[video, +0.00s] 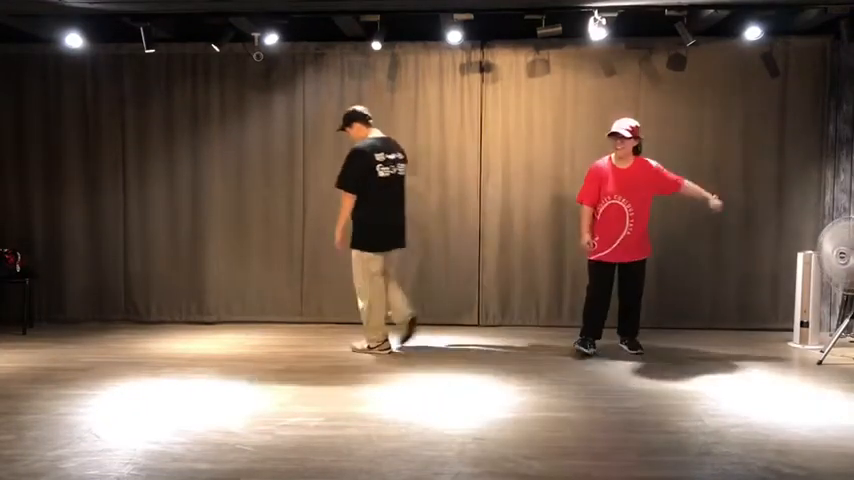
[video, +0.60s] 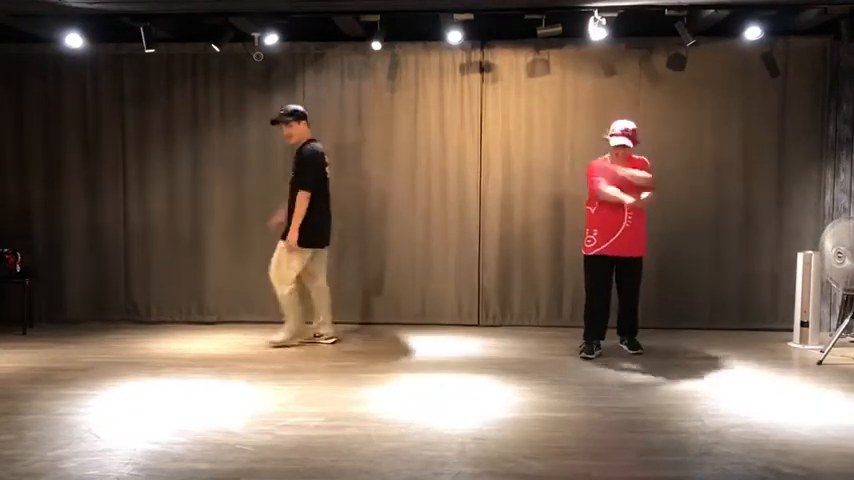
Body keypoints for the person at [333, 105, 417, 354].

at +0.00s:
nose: (349, 136)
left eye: (349, 131)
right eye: (348, 131)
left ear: (356, 126)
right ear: (369, 123)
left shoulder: (360, 152)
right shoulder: (395, 147)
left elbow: (349, 196)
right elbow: (394, 190)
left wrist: (340, 228)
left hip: (367, 229)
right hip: (393, 226)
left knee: (368, 285)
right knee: (385, 276)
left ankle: (377, 339)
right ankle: (405, 316)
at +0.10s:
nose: (339, 135)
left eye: (339, 130)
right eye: (337, 130)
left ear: (347, 125)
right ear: (357, 123)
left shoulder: (350, 151)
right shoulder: (385, 150)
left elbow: (335, 191)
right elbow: (388, 192)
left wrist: (321, 220)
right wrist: (390, 222)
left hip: (356, 230)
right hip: (378, 227)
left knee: (360, 287)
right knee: (369, 283)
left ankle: (375, 339)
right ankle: (377, 337)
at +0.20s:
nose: (328, 136)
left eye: (328, 131)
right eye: (327, 132)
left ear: (336, 127)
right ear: (346, 125)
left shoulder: (339, 153)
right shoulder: (372, 152)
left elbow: (324, 192)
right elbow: (380, 192)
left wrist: (308, 213)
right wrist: (386, 222)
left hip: (346, 232)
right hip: (367, 229)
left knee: (357, 284)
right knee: (345, 280)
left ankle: (375, 337)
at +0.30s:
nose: (316, 139)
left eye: (316, 134)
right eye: (314, 135)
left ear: (326, 129)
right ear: (334, 128)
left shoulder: (329, 155)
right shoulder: (359, 155)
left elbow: (313, 195)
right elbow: (367, 196)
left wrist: (296, 216)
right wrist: (374, 225)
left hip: (336, 234)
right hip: (355, 231)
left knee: (344, 286)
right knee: (333, 281)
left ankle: (374, 336)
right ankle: (323, 328)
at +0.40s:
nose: (304, 138)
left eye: (304, 132)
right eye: (302, 134)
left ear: (315, 127)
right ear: (322, 127)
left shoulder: (321, 153)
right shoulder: (343, 152)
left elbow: (309, 193)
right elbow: (341, 194)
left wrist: (291, 221)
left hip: (323, 233)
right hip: (343, 231)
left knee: (318, 282)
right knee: (331, 283)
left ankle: (363, 324)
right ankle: (323, 329)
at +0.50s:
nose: (294, 134)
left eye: (296, 128)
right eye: (292, 129)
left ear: (309, 124)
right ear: (310, 126)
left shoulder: (314, 153)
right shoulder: (330, 151)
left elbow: (306, 195)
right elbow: (329, 196)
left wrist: (291, 227)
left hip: (313, 231)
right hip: (331, 230)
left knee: (295, 276)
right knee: (325, 281)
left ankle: (336, 320)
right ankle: (322, 328)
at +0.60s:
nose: (285, 133)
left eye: (288, 126)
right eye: (283, 127)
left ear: (302, 124)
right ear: (300, 127)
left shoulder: (307, 153)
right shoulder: (314, 151)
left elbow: (304, 195)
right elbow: (303, 192)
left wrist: (294, 229)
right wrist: (286, 213)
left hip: (303, 232)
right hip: (318, 231)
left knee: (280, 274)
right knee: (316, 280)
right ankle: (325, 328)